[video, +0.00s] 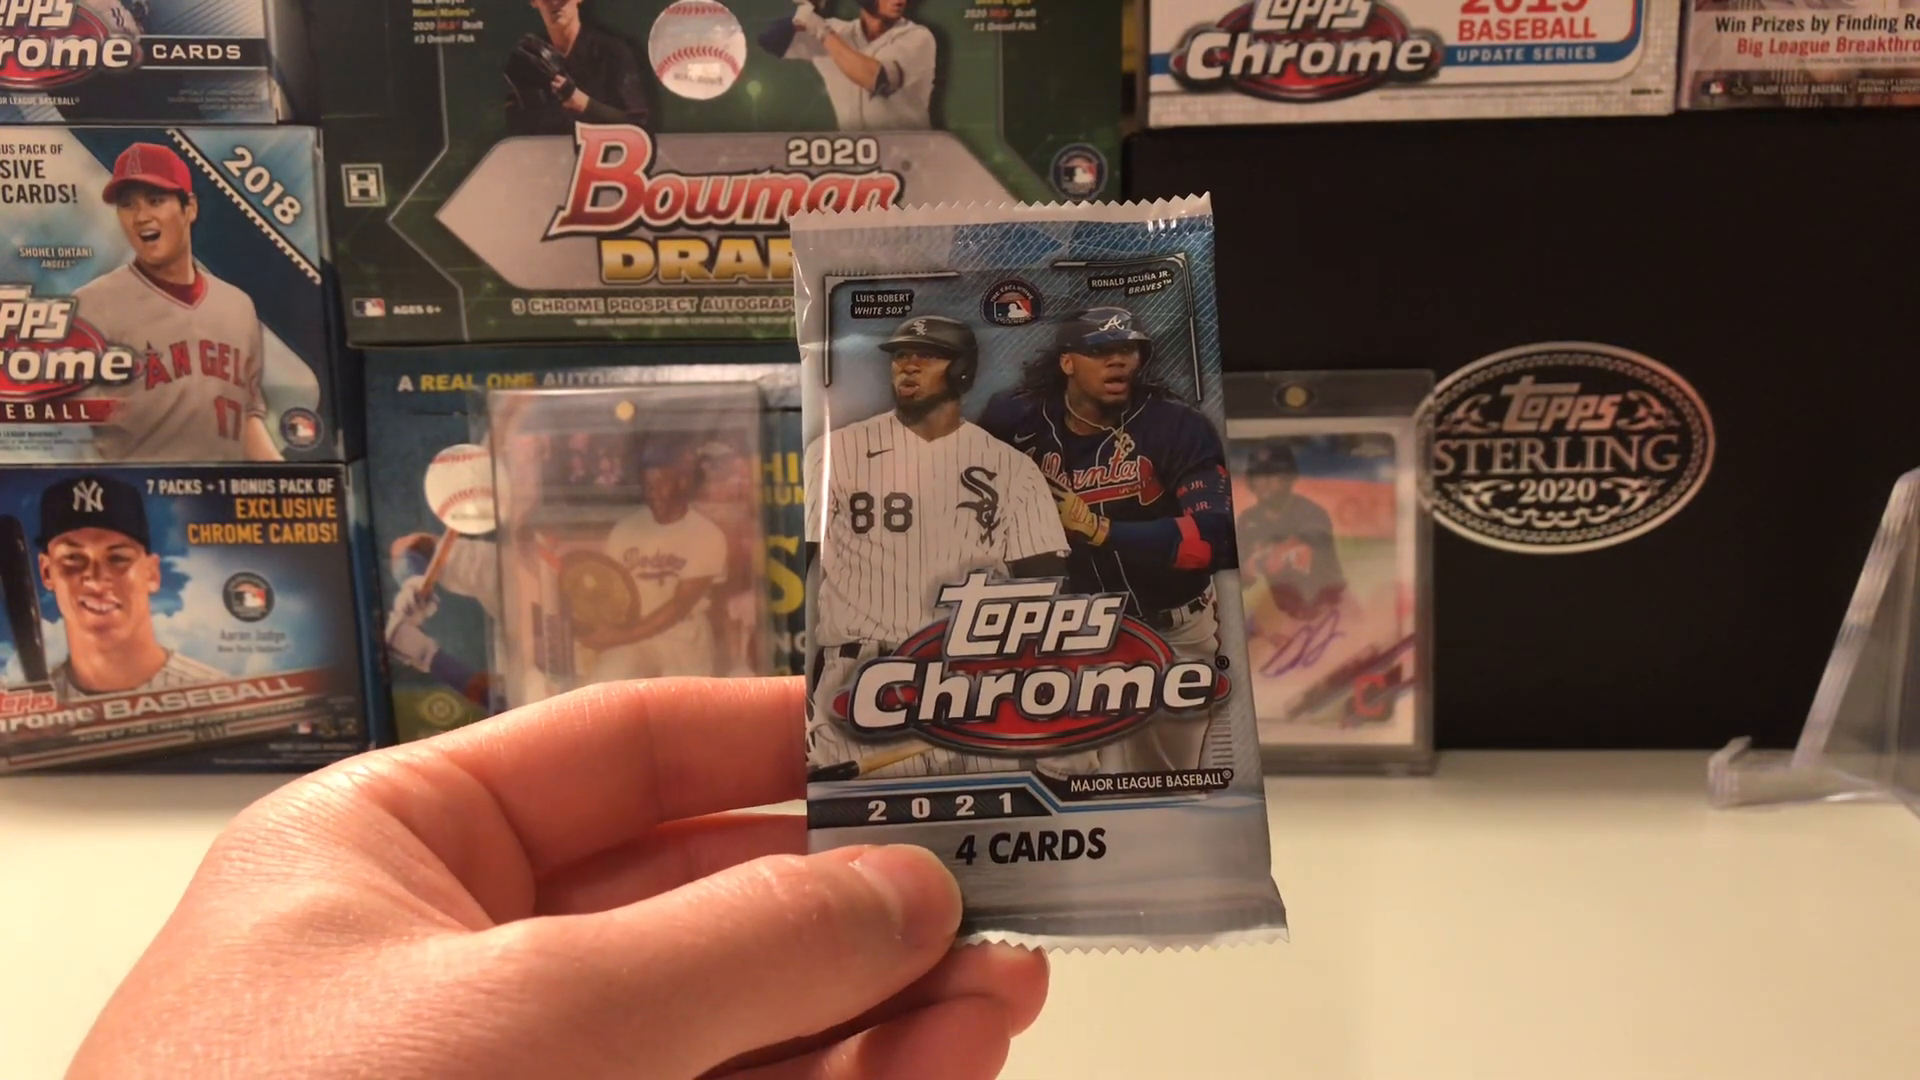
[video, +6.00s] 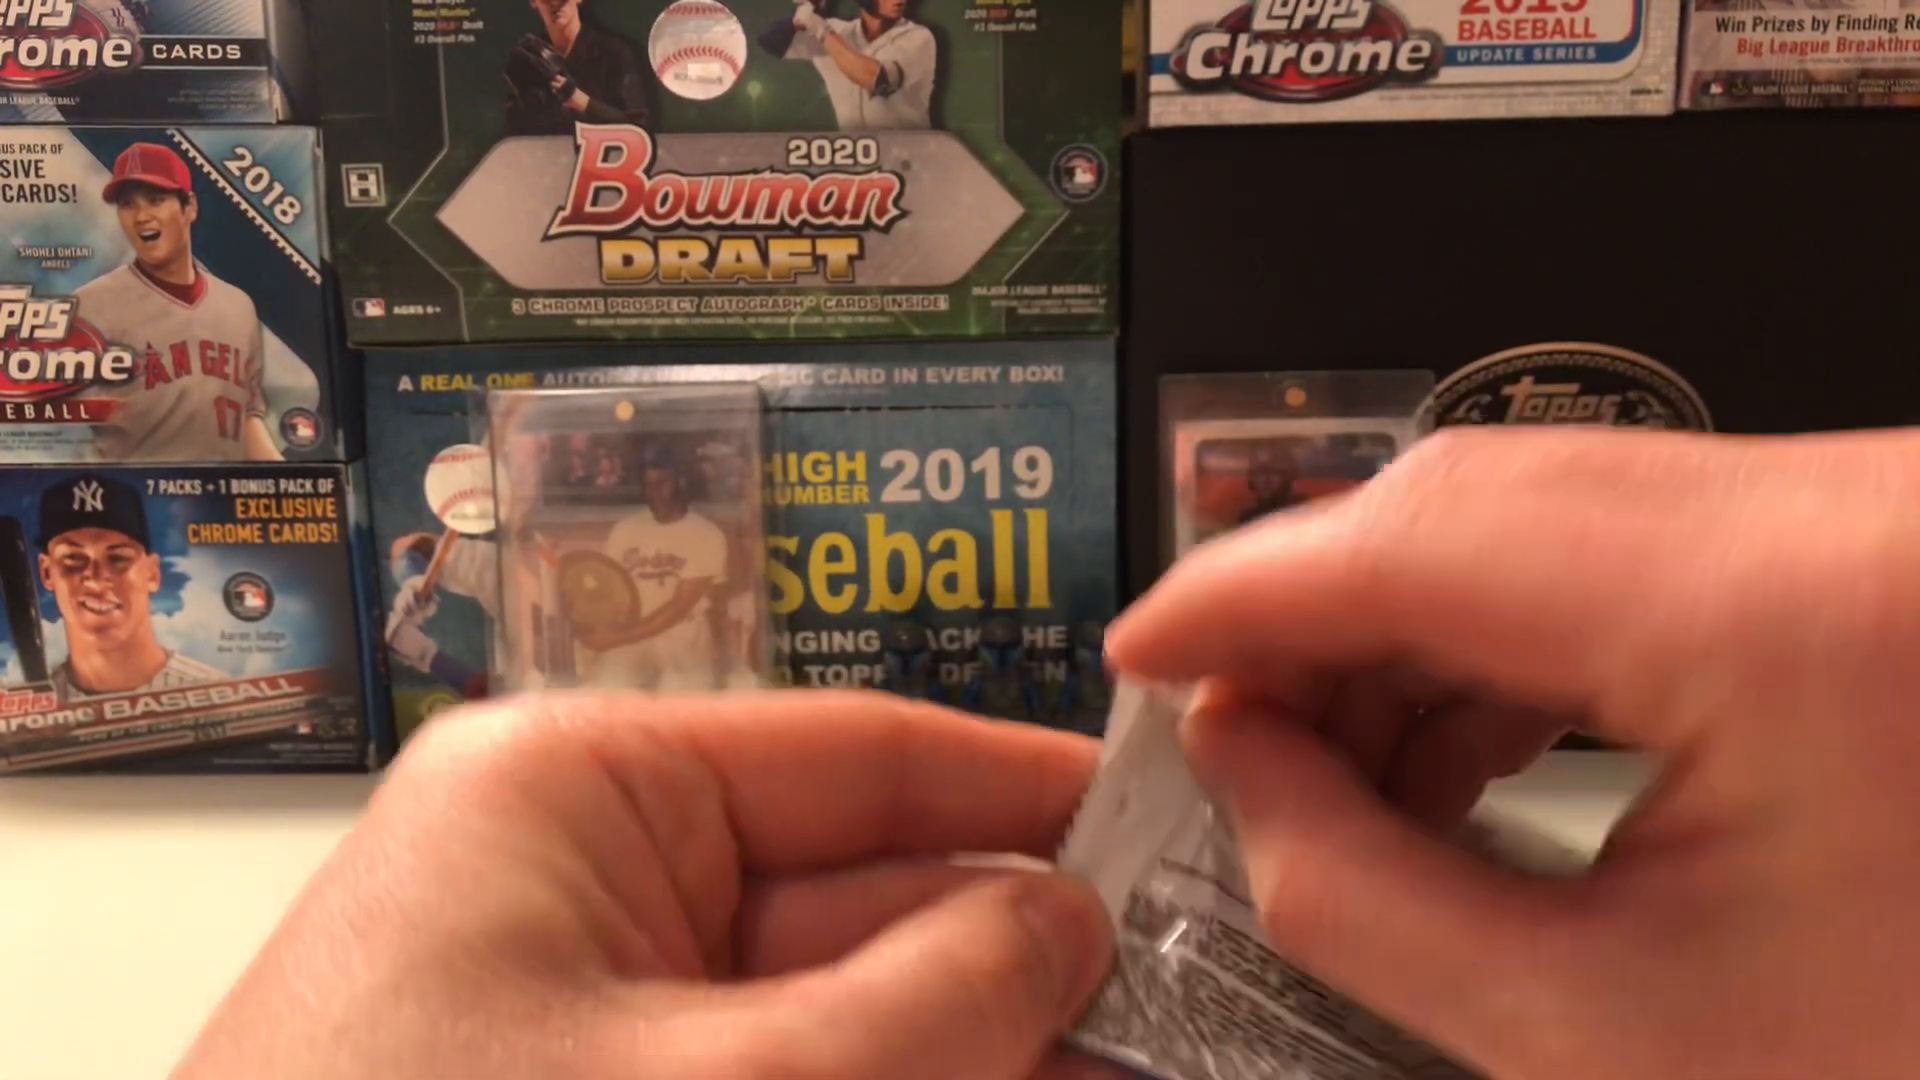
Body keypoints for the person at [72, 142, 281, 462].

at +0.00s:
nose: (143, 216)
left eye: (156, 200)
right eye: (128, 204)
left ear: (190, 209)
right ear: (119, 217)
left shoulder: (239, 307)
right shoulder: (91, 307)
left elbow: (248, 414)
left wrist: (283, 484)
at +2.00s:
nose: (142, 216)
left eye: (156, 200)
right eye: (128, 204)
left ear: (189, 209)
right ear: (118, 216)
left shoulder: (239, 306)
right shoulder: (91, 306)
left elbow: (248, 414)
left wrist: (283, 482)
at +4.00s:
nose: (142, 217)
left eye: (156, 200)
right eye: (128, 204)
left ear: (189, 210)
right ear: (118, 217)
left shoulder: (239, 307)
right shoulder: (92, 307)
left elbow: (248, 415)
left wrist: (282, 482)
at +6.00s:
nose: (143, 216)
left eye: (156, 199)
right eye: (129, 203)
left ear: (189, 209)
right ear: (118, 217)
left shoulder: (238, 306)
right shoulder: (91, 307)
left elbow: (248, 414)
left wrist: (283, 482)